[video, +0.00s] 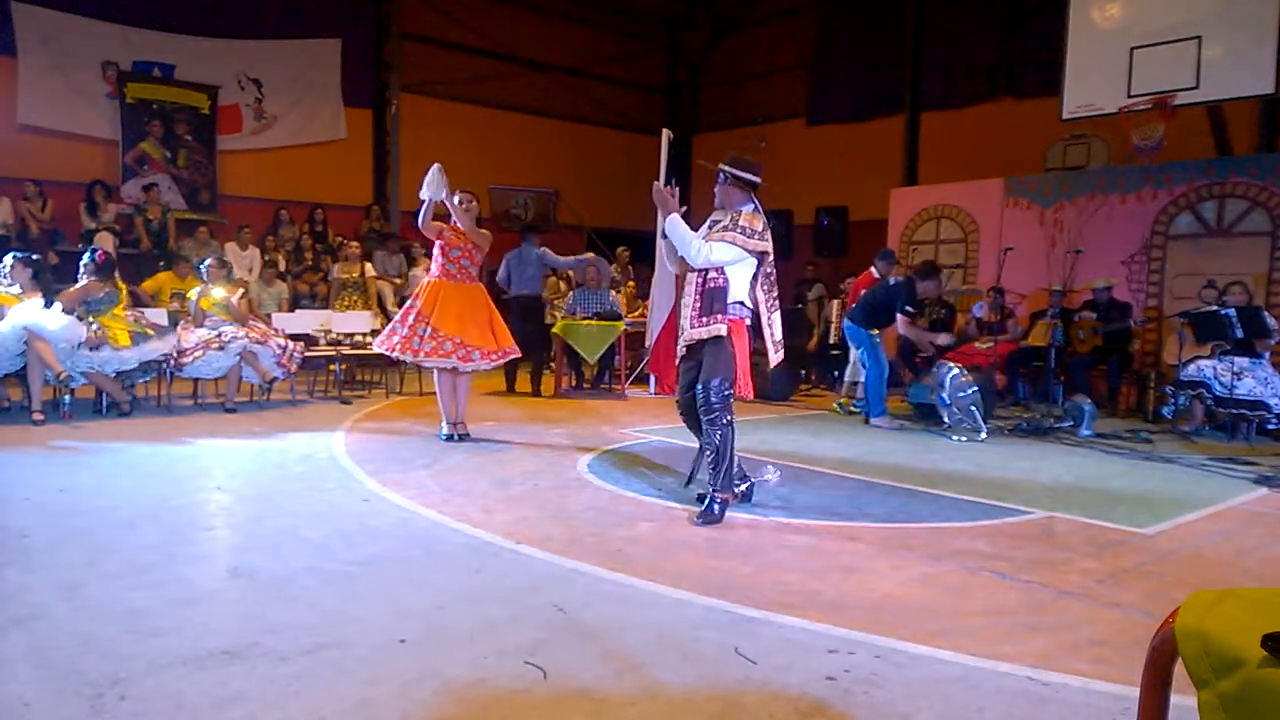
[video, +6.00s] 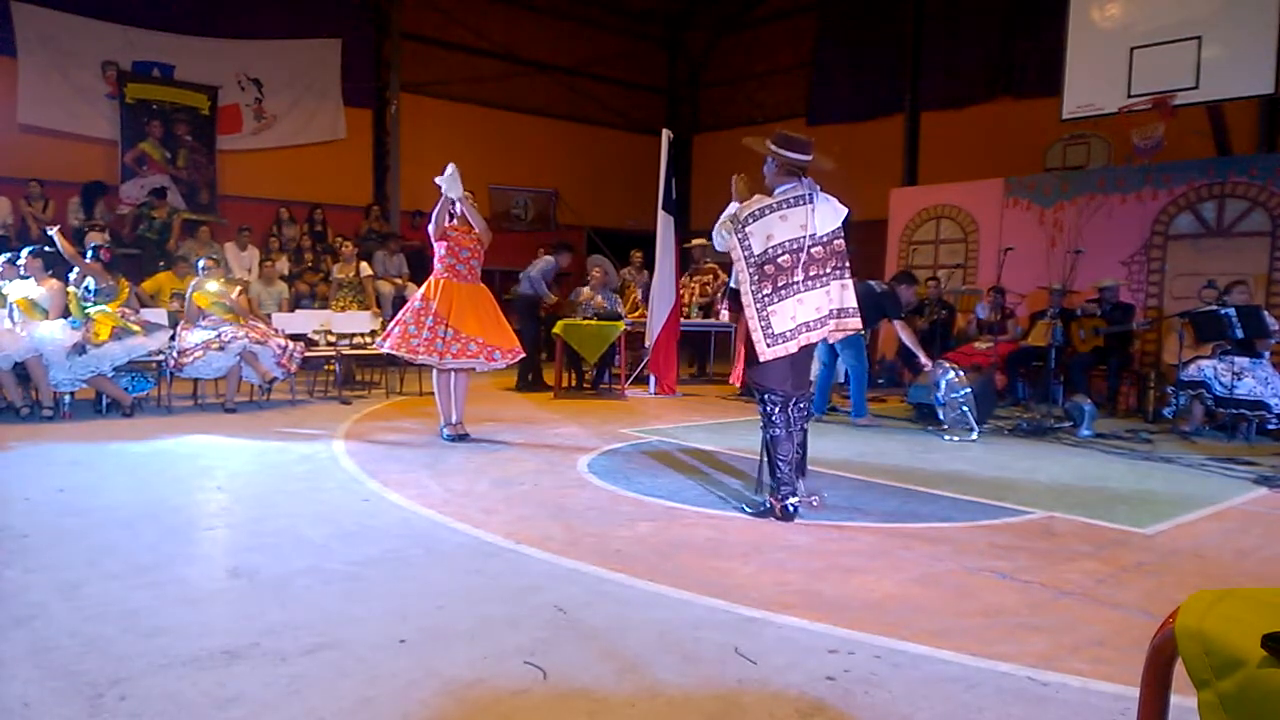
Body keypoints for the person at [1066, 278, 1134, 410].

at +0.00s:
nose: (1097, 295)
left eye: (1101, 292)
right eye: (1095, 292)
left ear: (1108, 292)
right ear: (1093, 293)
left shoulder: (1122, 307)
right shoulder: (1089, 306)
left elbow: (1119, 320)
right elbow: (1070, 316)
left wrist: (1097, 317)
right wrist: (1078, 316)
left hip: (1118, 349)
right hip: (1097, 348)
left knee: (1114, 365)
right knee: (1077, 363)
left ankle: (1112, 403)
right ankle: (1084, 399)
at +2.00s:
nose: (1099, 295)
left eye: (1103, 291)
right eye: (1097, 291)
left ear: (1111, 292)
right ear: (1094, 292)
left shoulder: (1124, 308)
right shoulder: (1090, 305)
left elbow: (1119, 321)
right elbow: (1068, 314)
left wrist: (1098, 317)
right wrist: (1080, 316)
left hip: (1116, 350)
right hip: (1096, 349)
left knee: (1115, 366)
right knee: (1075, 363)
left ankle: (1111, 404)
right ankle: (1083, 400)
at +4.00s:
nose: (1104, 294)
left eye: (1108, 291)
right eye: (1102, 291)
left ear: (1115, 291)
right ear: (1098, 292)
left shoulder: (1126, 308)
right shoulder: (1093, 305)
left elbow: (1120, 322)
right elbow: (1067, 314)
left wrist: (1101, 313)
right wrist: (1082, 313)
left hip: (1119, 350)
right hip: (1098, 349)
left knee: (1117, 365)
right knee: (1078, 363)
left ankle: (1113, 404)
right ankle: (1086, 401)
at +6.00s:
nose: (1112, 294)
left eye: (1114, 291)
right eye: (1108, 291)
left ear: (1118, 292)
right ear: (1101, 293)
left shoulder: (1127, 308)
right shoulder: (1092, 305)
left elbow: (1121, 320)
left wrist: (1098, 312)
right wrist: (1080, 313)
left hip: (1118, 349)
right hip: (1097, 348)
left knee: (1115, 365)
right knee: (1077, 362)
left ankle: (1111, 403)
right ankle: (1082, 400)